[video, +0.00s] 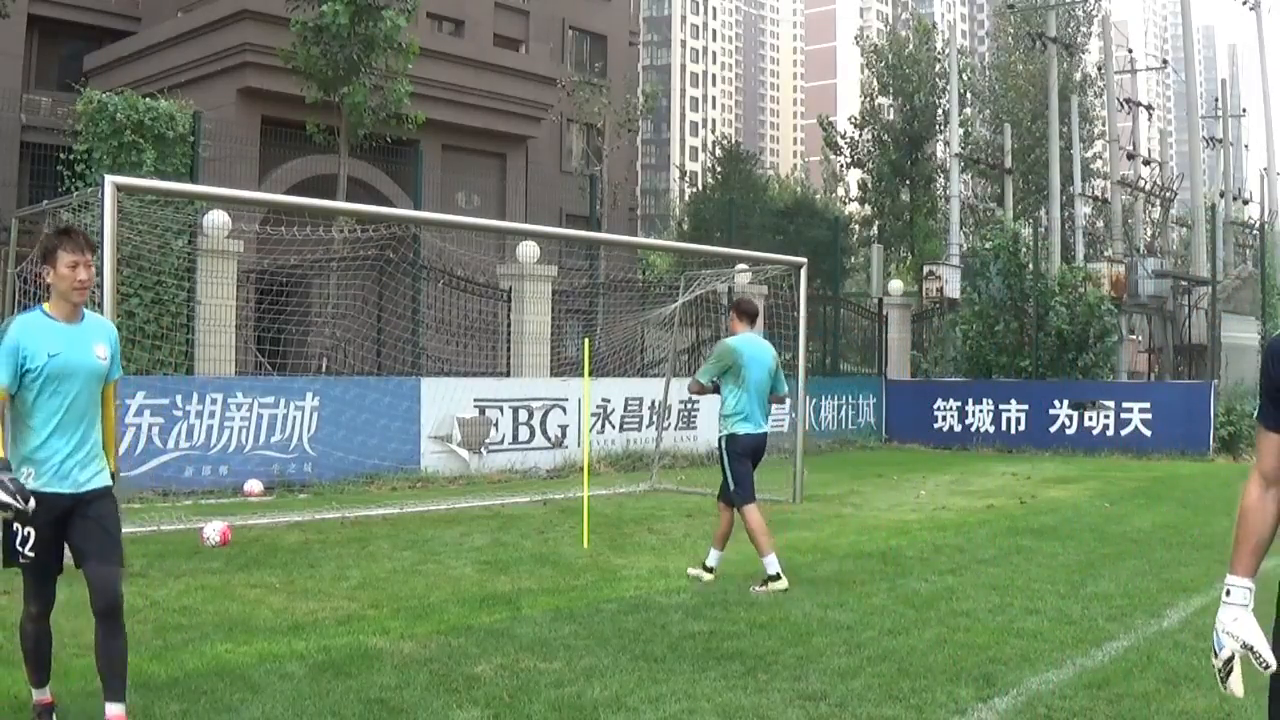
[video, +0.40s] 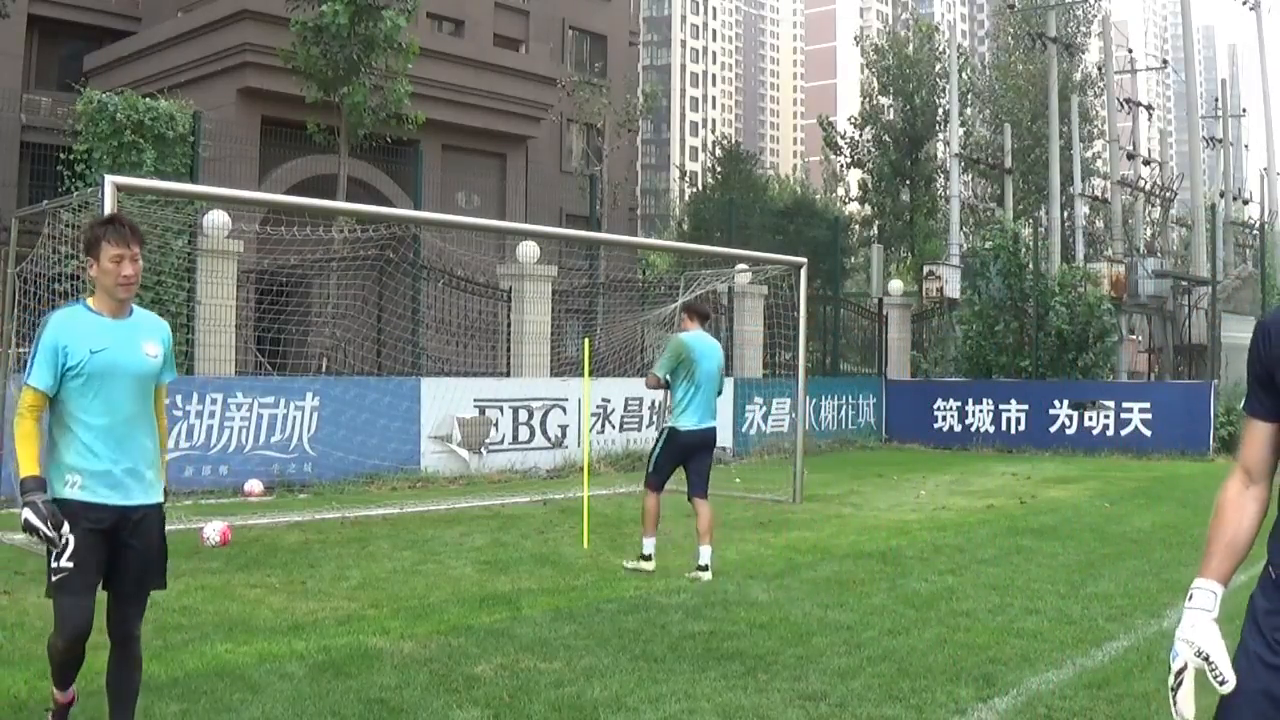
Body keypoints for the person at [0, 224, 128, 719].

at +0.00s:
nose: (84, 275)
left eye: (89, 266)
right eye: (73, 266)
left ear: (94, 271)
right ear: (47, 273)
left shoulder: (104, 331)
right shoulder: (20, 331)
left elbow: (108, 408)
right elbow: (2, 407)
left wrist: (110, 471)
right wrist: (4, 470)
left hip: (94, 487)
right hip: (36, 491)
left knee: (110, 600)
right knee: (38, 607)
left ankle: (116, 712)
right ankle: (42, 704)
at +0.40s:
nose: (129, 270)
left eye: (135, 259)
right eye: (117, 260)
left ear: (142, 265)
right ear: (91, 267)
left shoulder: (157, 330)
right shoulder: (62, 326)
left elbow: (160, 412)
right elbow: (29, 410)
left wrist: (159, 484)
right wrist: (32, 487)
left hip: (142, 505)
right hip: (77, 504)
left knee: (127, 632)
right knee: (72, 632)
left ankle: (123, 717)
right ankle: (63, 700)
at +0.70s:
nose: (151, 286)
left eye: (159, 273)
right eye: (140, 274)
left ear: (169, 270)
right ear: (114, 271)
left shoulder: (191, 335)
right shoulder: (82, 340)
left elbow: (225, 415)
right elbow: (41, 428)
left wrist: (264, 472)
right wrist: (27, 512)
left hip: (176, 525)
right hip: (112, 525)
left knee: (146, 669)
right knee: (129, 668)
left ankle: (123, 716)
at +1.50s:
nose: (328, 278)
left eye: (343, 268)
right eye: (319, 261)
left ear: (361, 265)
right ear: (297, 246)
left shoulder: (358, 320)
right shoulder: (278, 300)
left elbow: (343, 423)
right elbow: (404, 308)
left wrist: (379, 479)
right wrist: (448, 319)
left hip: (361, 546)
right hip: (295, 542)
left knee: (351, 708)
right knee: (282, 706)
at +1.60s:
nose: (365, 279)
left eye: (379, 269)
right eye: (353, 263)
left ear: (393, 265)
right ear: (325, 248)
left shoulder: (384, 324)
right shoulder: (305, 295)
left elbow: (383, 412)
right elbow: (419, 313)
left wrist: (420, 470)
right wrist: (471, 317)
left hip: (385, 538)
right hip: (324, 536)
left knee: (369, 701)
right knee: (342, 703)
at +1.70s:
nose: (416, 283)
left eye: (429, 273)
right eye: (406, 266)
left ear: (439, 270)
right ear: (373, 251)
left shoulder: (426, 321)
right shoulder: (342, 303)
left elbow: (432, 418)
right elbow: (429, 367)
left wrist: (471, 472)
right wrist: (508, 365)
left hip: (417, 538)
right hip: (364, 538)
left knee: (379, 701)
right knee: (433, 700)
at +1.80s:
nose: (457, 282)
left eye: (468, 270)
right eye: (447, 265)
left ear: (474, 270)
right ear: (409, 252)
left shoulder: (452, 327)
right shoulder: (372, 315)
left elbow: (453, 428)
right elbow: (414, 417)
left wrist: (504, 475)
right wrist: (510, 422)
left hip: (441, 542)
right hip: (394, 546)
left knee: (394, 706)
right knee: (480, 703)